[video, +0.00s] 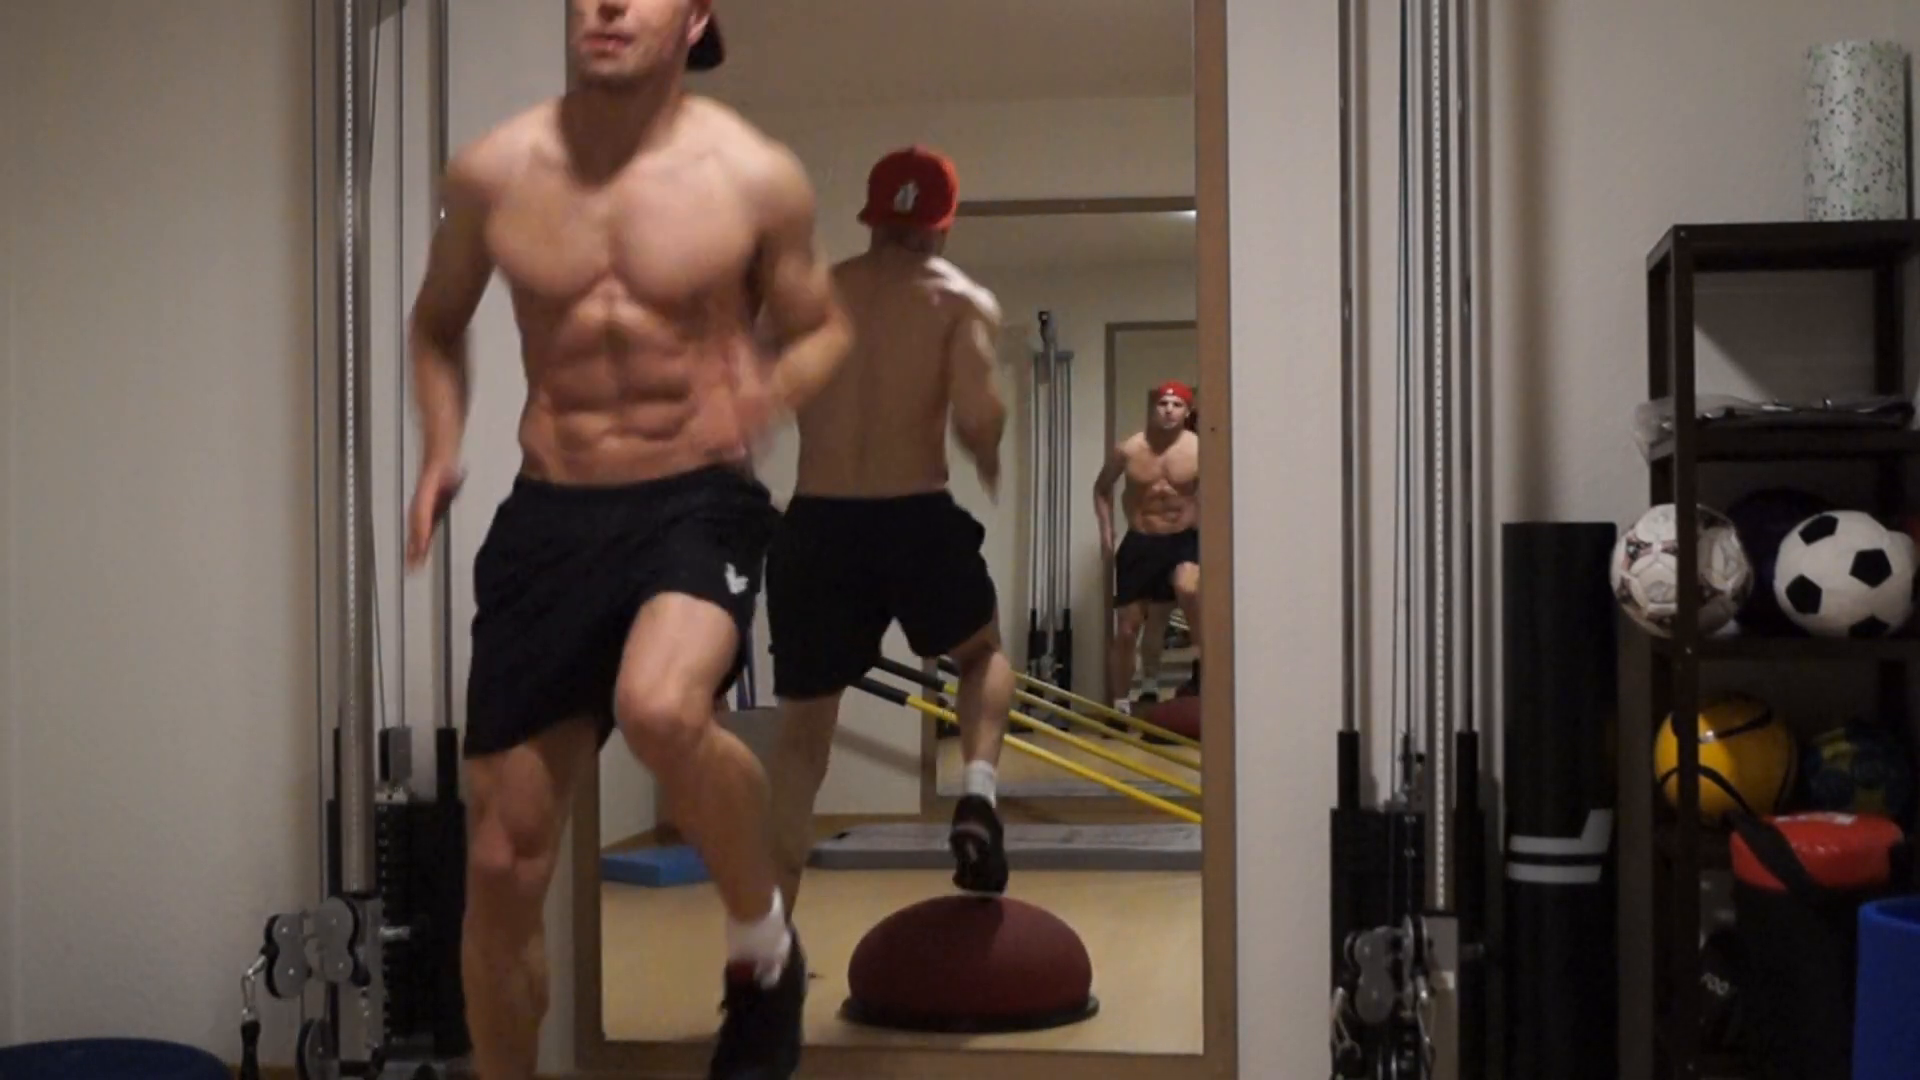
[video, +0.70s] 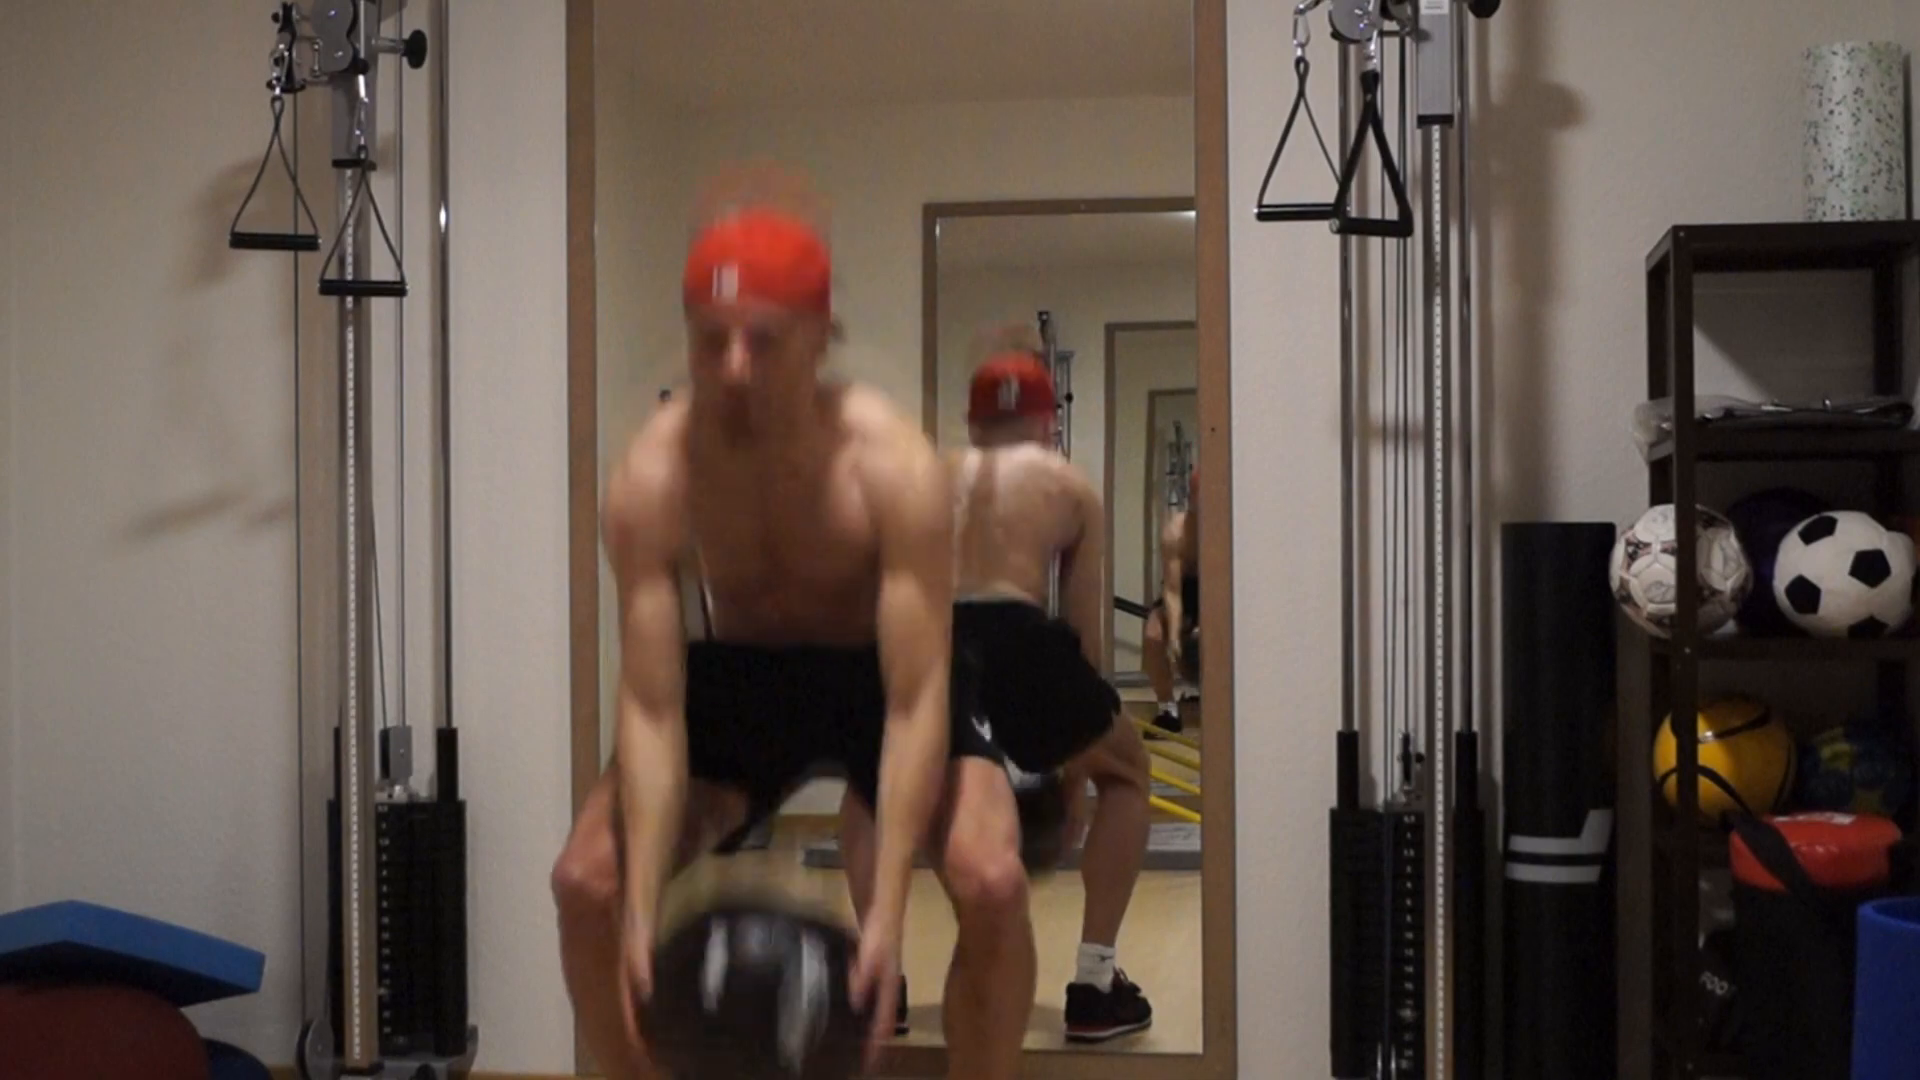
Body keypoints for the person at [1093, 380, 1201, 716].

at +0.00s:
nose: (1168, 410)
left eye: (1175, 405)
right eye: (1161, 404)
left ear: (1187, 412)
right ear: (1151, 410)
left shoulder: (1198, 448)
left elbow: (1214, 491)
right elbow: (1102, 489)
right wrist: (1108, 538)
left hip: (1184, 540)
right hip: (1140, 541)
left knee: (1188, 589)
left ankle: (1203, 660)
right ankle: (1120, 705)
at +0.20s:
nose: (1203, 405)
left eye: (1207, 399)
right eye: (1200, 399)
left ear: (1213, 407)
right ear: (1192, 405)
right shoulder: (1173, 438)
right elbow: (1142, 412)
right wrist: (1160, 361)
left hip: (1212, 540)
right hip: (1181, 538)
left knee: (1206, 626)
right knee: (1172, 626)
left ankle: (1198, 698)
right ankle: (1166, 706)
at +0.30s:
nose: (1189, 403)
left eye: (1190, 393)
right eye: (1186, 395)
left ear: (1200, 396)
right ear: (1185, 399)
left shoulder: (1221, 438)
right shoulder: (1179, 439)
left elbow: (1149, 451)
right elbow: (1148, 453)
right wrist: (1157, 408)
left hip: (1210, 540)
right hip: (1185, 538)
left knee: (1205, 626)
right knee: (1172, 627)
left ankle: (1197, 694)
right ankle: (1167, 705)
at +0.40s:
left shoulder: (1222, 448)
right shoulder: (1181, 457)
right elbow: (1152, 486)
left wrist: (1180, 459)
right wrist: (1161, 446)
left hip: (1212, 545)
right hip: (1186, 544)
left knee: (1201, 625)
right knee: (1171, 623)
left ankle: (1193, 692)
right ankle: (1167, 705)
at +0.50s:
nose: (1204, 434)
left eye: (1210, 427)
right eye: (1200, 426)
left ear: (1219, 431)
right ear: (1193, 430)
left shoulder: (1225, 469)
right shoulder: (1175, 471)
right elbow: (1166, 523)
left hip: (1215, 558)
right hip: (1186, 557)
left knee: (1197, 625)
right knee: (1165, 619)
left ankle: (1192, 685)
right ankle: (1168, 707)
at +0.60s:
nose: (1199, 462)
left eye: (1204, 454)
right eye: (1196, 453)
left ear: (1212, 458)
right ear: (1190, 455)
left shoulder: (1220, 492)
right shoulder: (1174, 493)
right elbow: (1169, 545)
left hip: (1211, 575)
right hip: (1184, 573)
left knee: (1188, 636)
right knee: (1161, 634)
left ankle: (1191, 688)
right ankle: (1167, 707)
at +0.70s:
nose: (1203, 498)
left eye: (1206, 492)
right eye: (1198, 491)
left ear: (1216, 494)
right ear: (1191, 490)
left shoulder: (1224, 530)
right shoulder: (1178, 530)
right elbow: (1172, 588)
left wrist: (1207, 626)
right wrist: (1175, 639)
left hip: (1217, 594)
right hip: (1185, 592)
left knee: (1211, 639)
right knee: (1153, 636)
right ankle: (1167, 709)